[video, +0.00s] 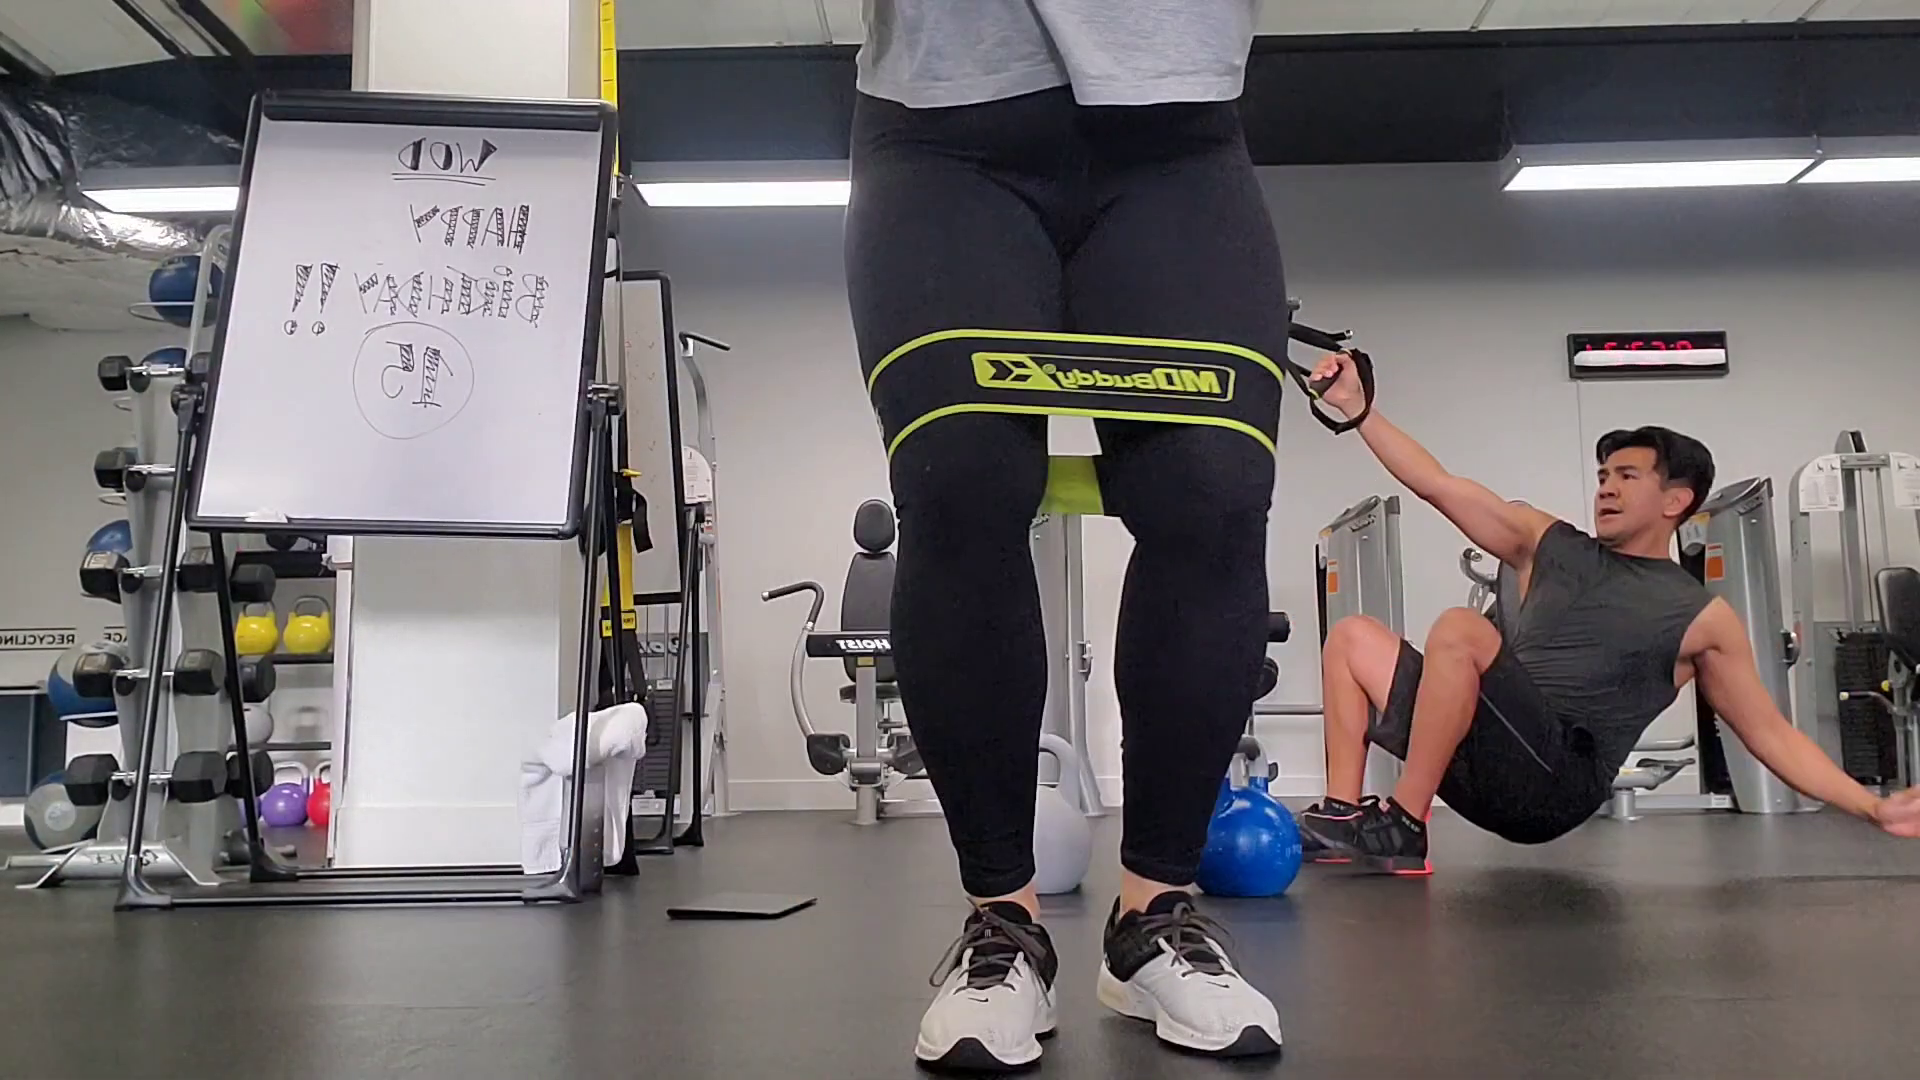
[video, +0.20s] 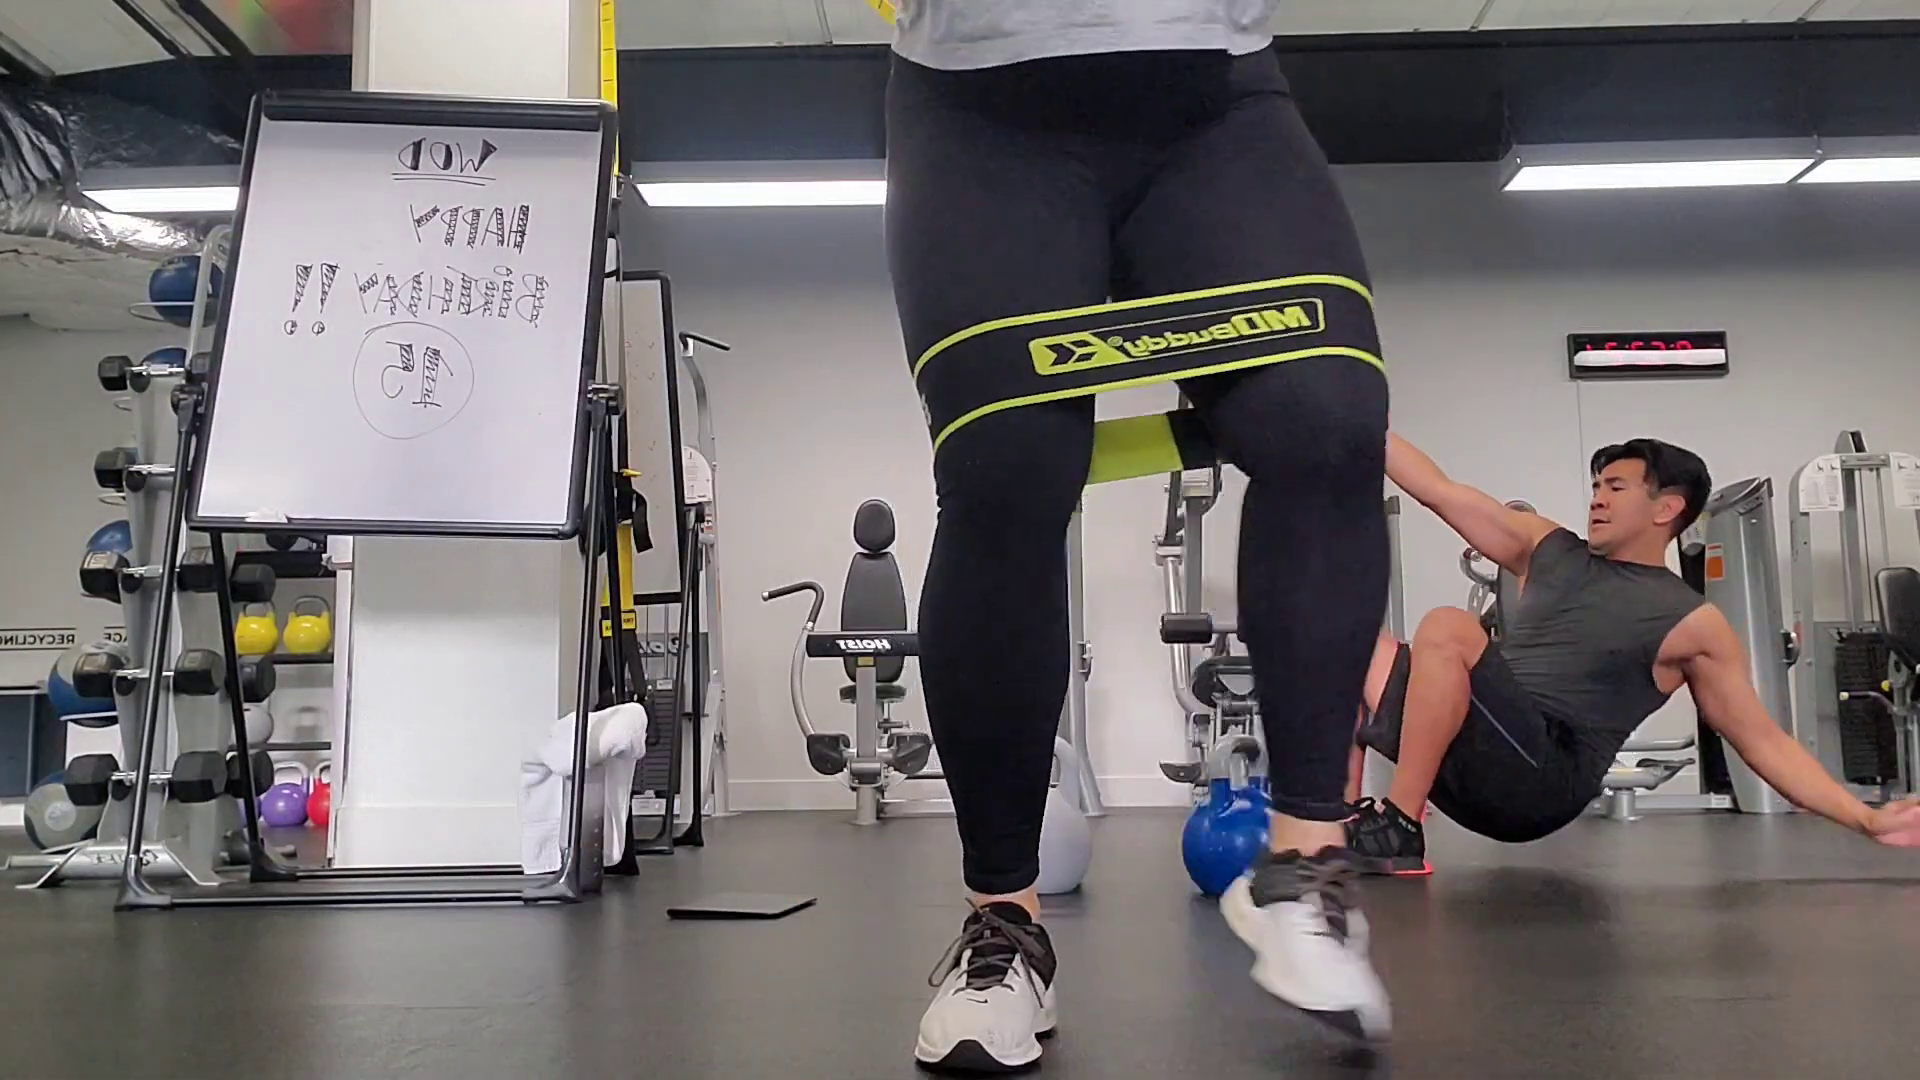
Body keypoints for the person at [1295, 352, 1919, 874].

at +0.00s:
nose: (1604, 487)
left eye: (1626, 475)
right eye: (1602, 476)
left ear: (1678, 501)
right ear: (1599, 487)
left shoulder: (1702, 614)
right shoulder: (1546, 540)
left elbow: (1769, 736)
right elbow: (1437, 484)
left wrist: (1875, 809)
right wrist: (1360, 413)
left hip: (1561, 781)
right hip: (1479, 754)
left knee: (1462, 629)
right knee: (1351, 637)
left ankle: (1406, 824)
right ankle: (1342, 812)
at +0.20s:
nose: (1595, 498)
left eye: (1615, 486)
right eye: (1596, 486)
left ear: (1670, 508)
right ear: (1592, 497)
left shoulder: (1692, 623)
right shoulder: (1548, 548)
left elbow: (1767, 746)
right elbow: (1439, 490)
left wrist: (1867, 819)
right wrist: (1354, 416)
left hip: (1544, 779)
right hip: (1465, 754)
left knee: (1447, 626)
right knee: (1360, 641)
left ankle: (1398, 825)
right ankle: (1338, 821)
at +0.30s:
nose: (1574, 462)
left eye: (1591, 449)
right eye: (1576, 451)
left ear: (1648, 463)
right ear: (1626, 463)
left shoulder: (1675, 570)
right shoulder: (1539, 523)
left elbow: (1727, 687)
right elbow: (1435, 483)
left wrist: (1784, 747)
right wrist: (1368, 442)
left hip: (1540, 730)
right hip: (1464, 695)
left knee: (1413, 662)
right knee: (1319, 639)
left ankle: (1397, 822)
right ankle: (1337, 809)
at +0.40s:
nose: (1550, 415)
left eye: (1563, 399)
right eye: (1550, 403)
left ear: (1615, 403)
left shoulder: (1646, 495)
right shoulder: (1553, 487)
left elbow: (1643, 608)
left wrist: (1566, 548)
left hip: (1543, 675)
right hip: (1492, 669)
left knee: (1362, 628)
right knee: (1297, 641)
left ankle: (1391, 821)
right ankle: (1337, 809)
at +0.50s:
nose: (1552, 349)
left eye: (1566, 338)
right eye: (1547, 336)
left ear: (1592, 344)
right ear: (1532, 341)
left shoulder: (1606, 416)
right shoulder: (1511, 403)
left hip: (1513, 608)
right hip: (1461, 597)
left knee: (1334, 632)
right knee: (1284, 642)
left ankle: (1389, 822)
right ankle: (1337, 811)